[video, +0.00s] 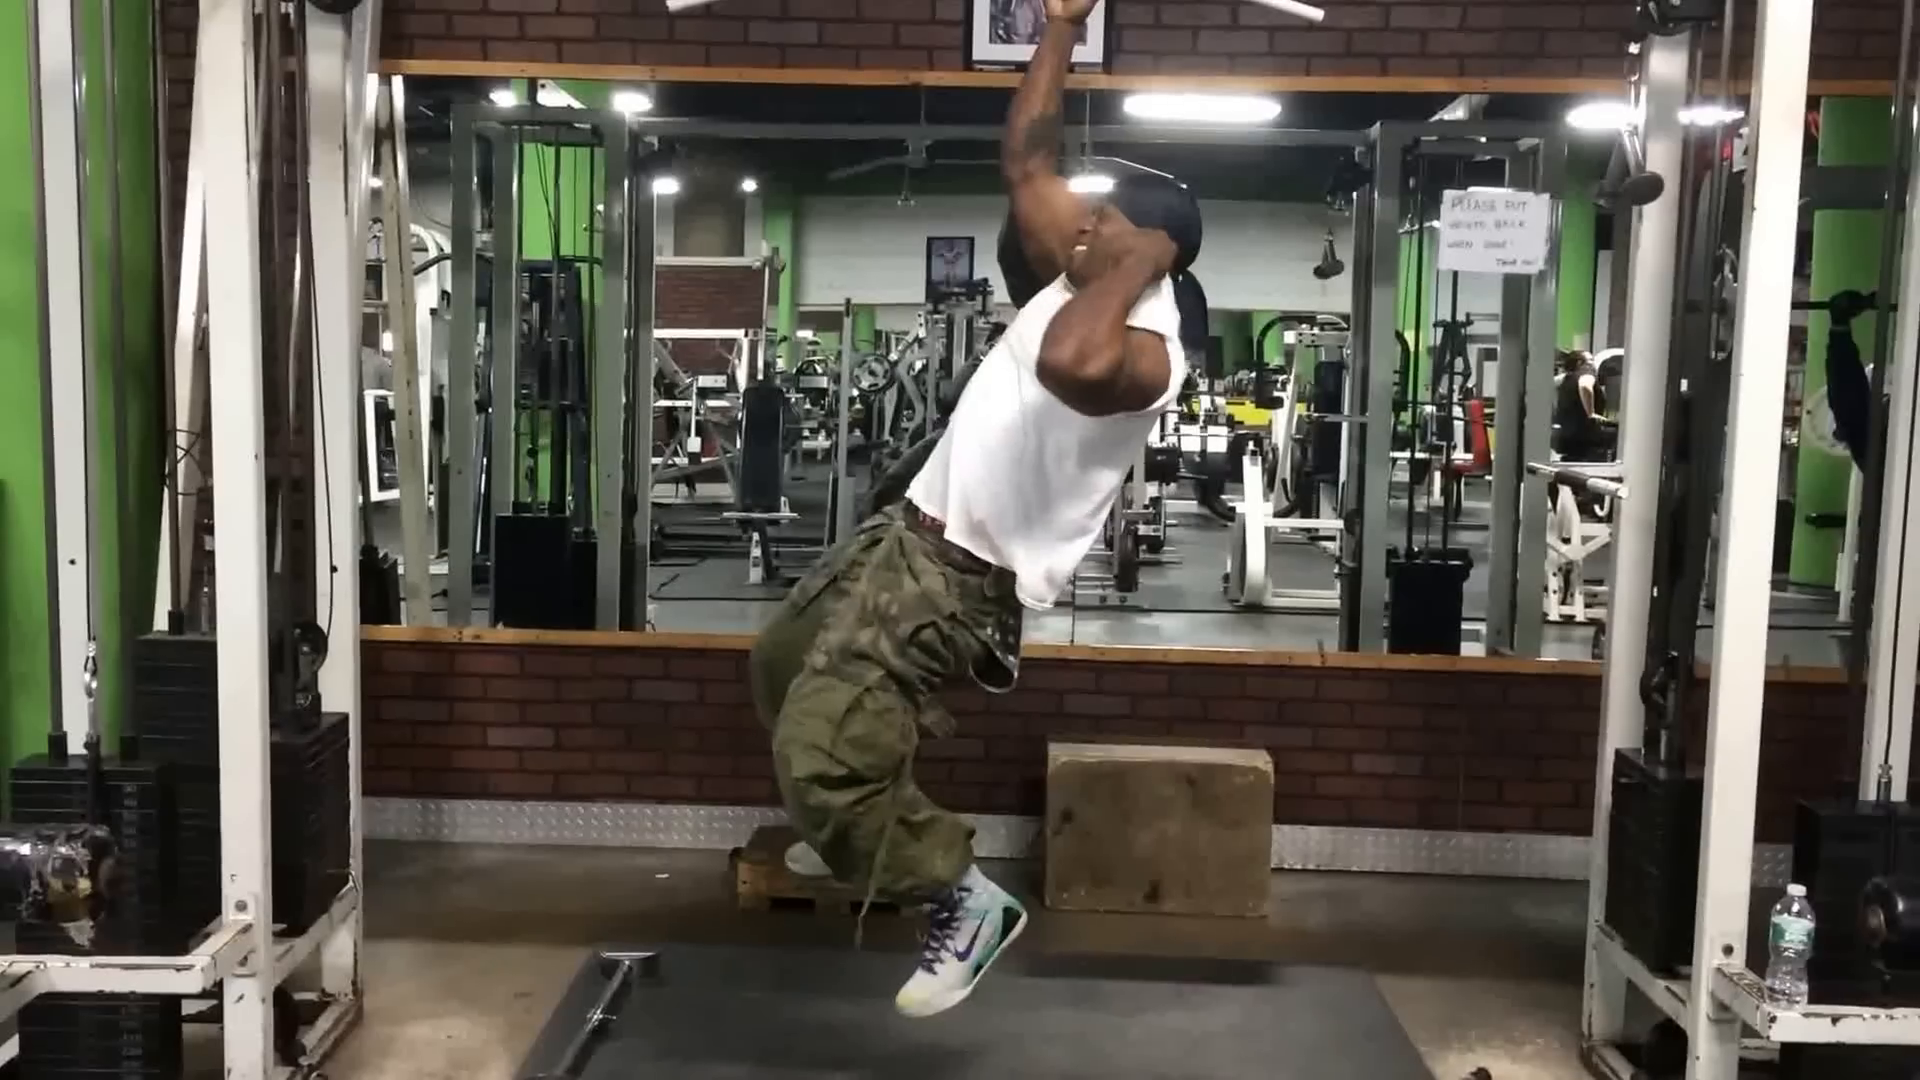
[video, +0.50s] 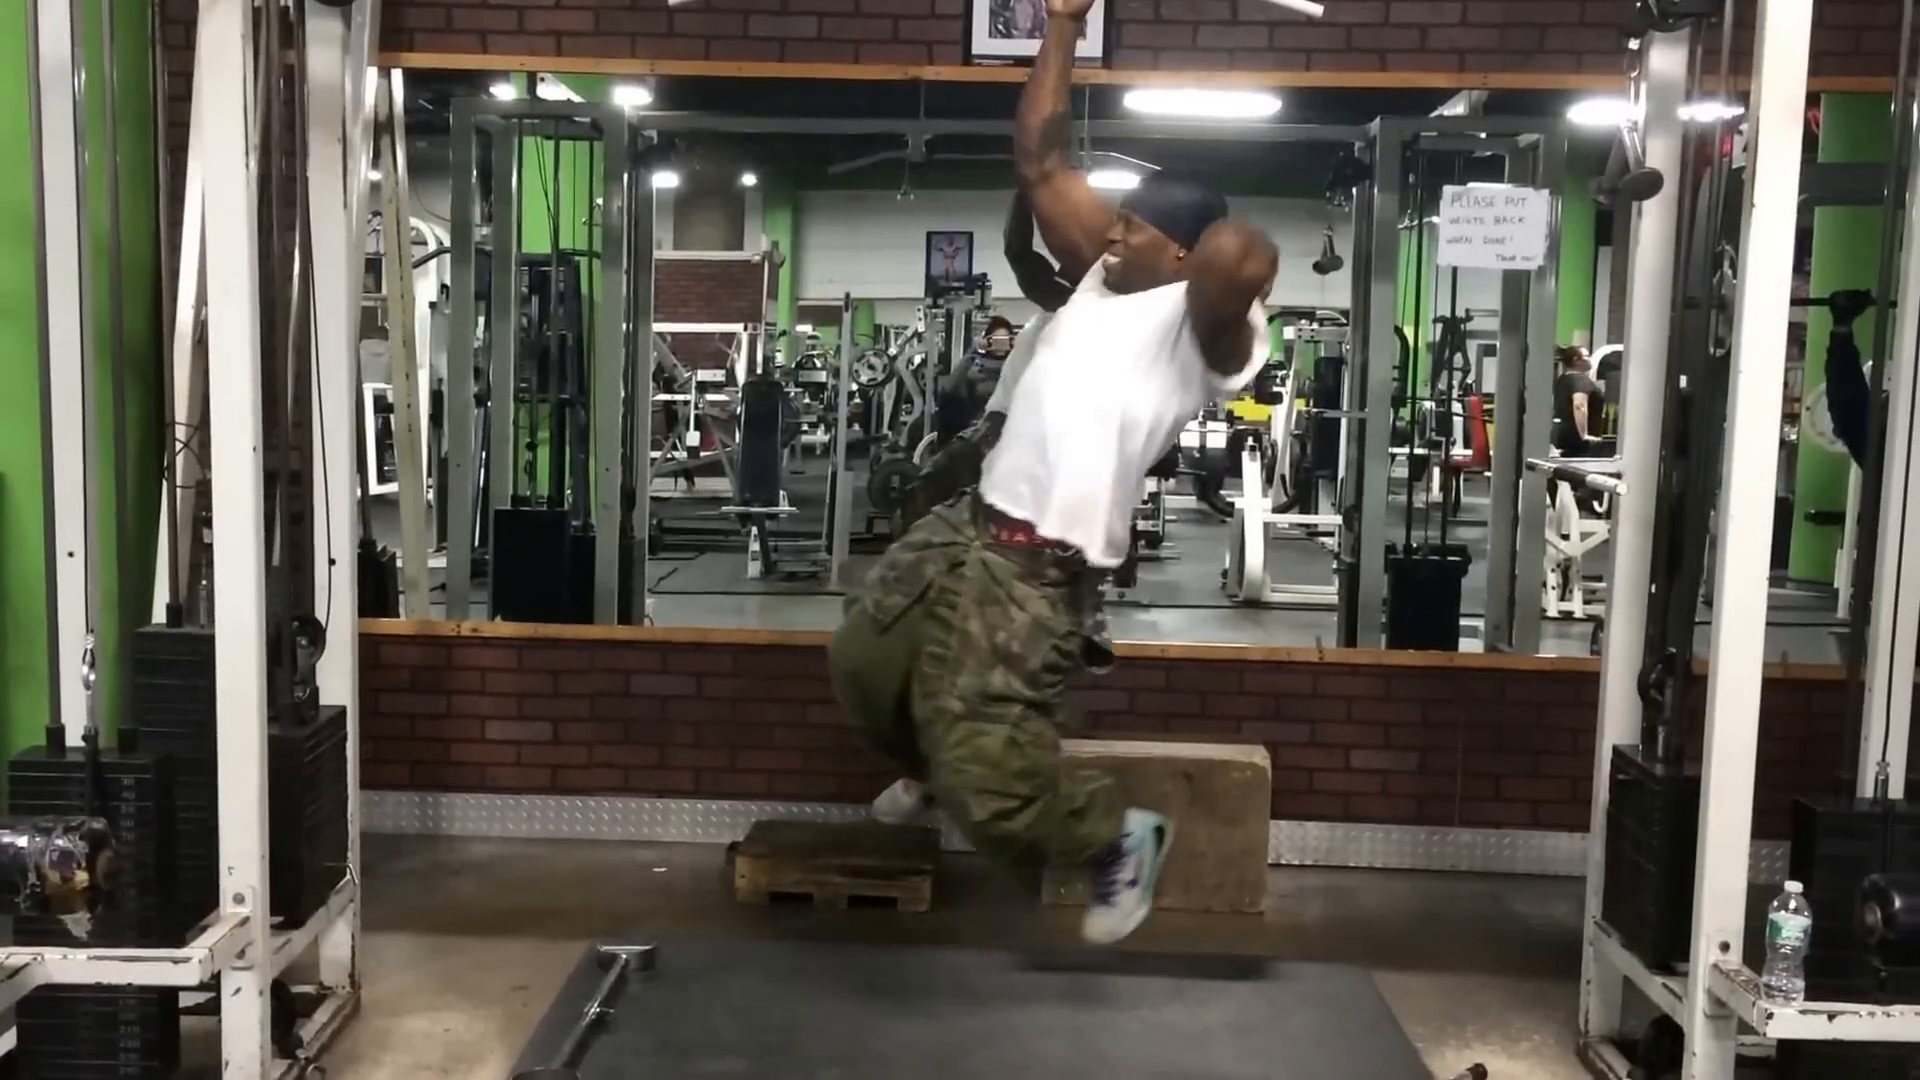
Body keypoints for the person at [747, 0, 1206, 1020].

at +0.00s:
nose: (1083, 216)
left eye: (1101, 205)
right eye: (1090, 203)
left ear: (1139, 239)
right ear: (1111, 231)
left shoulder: (1151, 344)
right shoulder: (1073, 282)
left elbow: (1072, 360)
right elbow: (1028, 160)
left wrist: (1138, 251)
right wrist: (1060, 30)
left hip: (955, 583)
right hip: (901, 534)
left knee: (825, 768)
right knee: (778, 666)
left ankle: (966, 899)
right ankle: (855, 840)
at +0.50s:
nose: (1114, 231)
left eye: (1133, 227)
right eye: (1120, 221)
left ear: (1178, 251)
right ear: (1129, 233)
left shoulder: (1208, 335)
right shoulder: (1109, 264)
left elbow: (1227, 275)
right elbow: (1039, 151)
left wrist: (1238, 249)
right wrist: (1065, 23)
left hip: (1037, 577)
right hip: (965, 528)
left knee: (983, 784)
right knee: (864, 660)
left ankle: (1118, 840)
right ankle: (939, 773)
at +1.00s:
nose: (1200, 165)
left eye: (1217, 159)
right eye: (1196, 158)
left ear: (1250, 188)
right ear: (1175, 161)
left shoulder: (1248, 258)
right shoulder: (1137, 238)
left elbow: (1254, 206)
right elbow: (1051, 160)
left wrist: (1188, 128)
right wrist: (1063, 27)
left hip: (1121, 548)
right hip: (1038, 519)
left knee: (1086, 784)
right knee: (944, 677)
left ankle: (1207, 811)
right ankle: (1020, 791)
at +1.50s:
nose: (1162, 168)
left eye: (1182, 166)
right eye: (1161, 161)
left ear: (1215, 207)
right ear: (1150, 195)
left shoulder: (1196, 280)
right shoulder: (1105, 265)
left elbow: (1181, 179)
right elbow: (1038, 153)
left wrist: (1211, 173)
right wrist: (1062, 24)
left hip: (1049, 563)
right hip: (977, 546)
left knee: (967, 790)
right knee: (880, 711)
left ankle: (1136, 882)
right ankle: (977, 851)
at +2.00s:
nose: (1101, 180)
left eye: (1137, 172)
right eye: (1110, 166)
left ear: (1155, 205)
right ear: (1121, 208)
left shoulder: (1151, 290)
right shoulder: (1078, 270)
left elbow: (1149, 154)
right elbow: (1032, 150)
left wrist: (1209, 104)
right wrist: (1056, 24)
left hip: (969, 545)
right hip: (933, 525)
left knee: (794, 715)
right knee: (816, 675)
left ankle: (922, 897)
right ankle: (905, 856)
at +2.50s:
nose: (1062, 225)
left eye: (1064, 206)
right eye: (1052, 210)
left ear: (1117, 198)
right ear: (1060, 213)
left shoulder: (1194, 287)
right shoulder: (1122, 271)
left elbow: (1101, 203)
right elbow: (1059, 130)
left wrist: (1015, 91)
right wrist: (1068, 27)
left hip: (1049, 541)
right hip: (1000, 488)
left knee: (857, 660)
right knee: (811, 554)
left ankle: (932, 832)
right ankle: (804, 698)